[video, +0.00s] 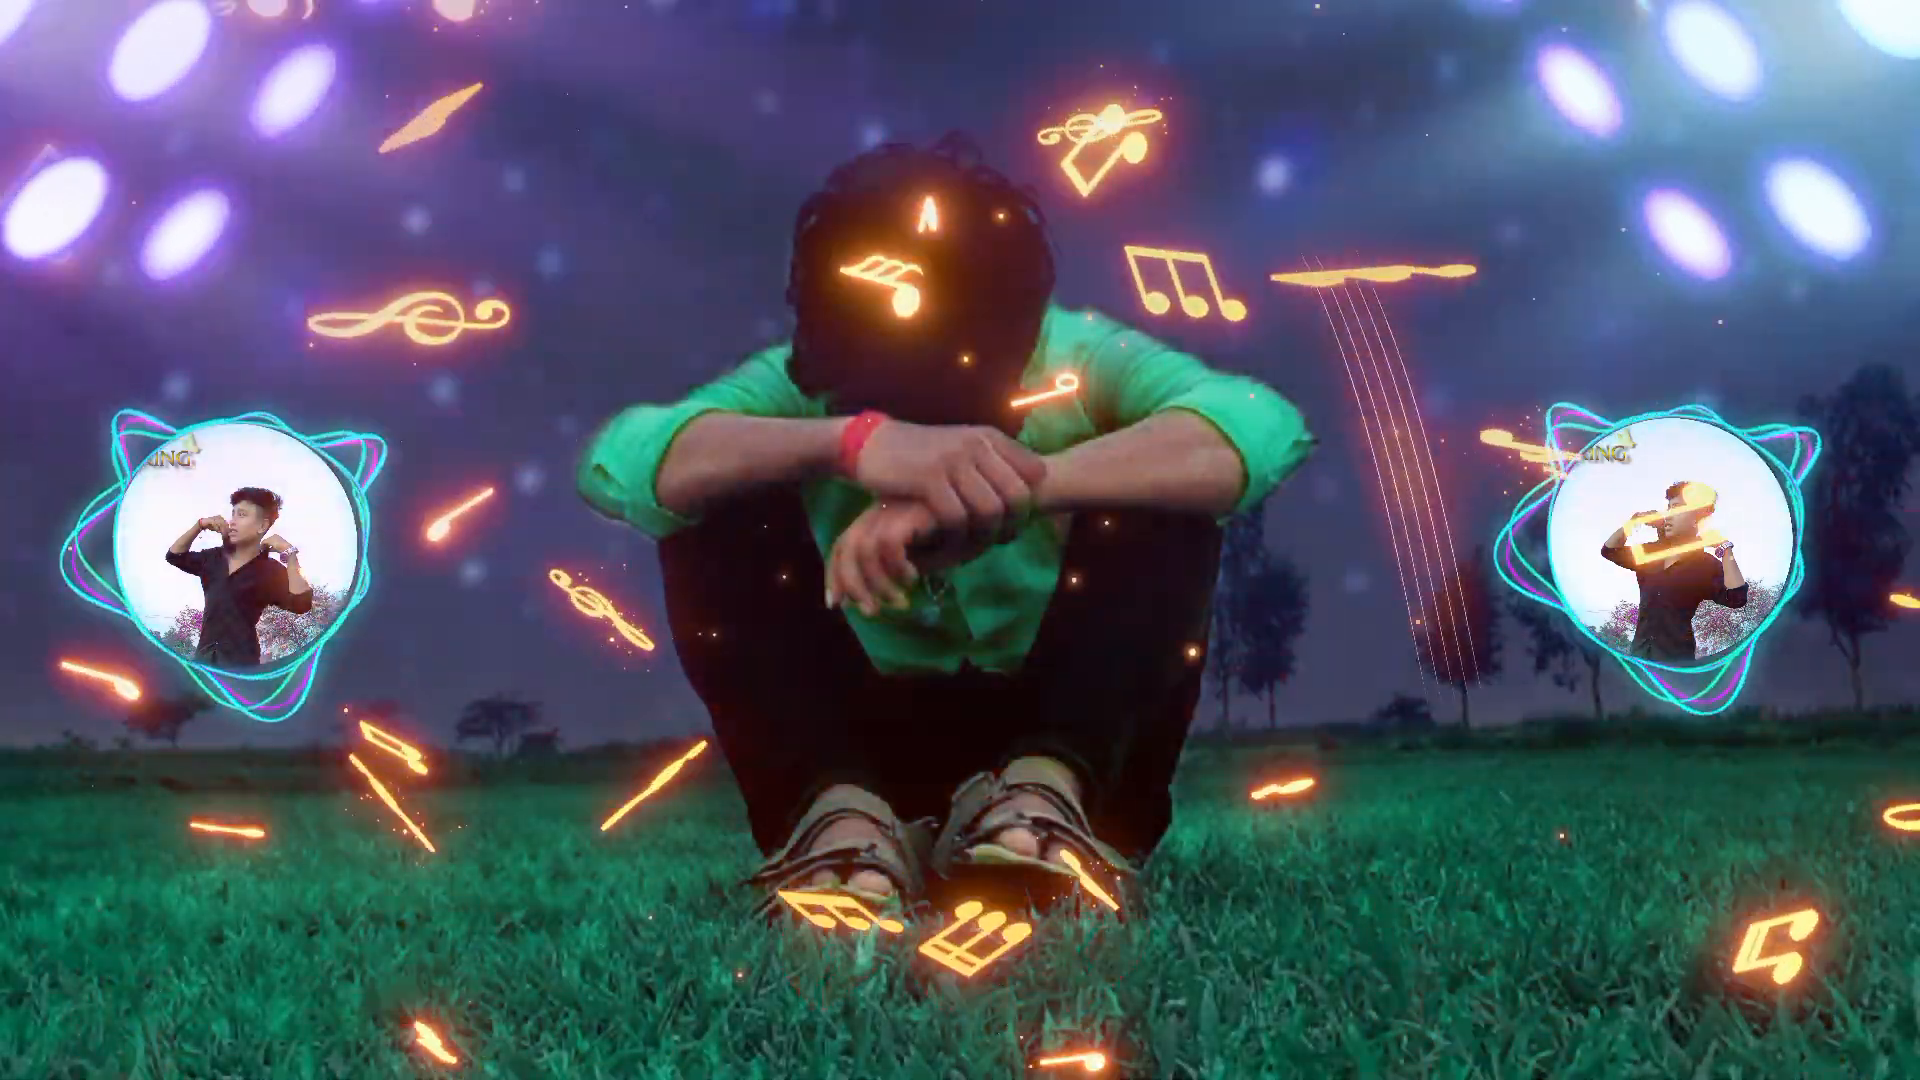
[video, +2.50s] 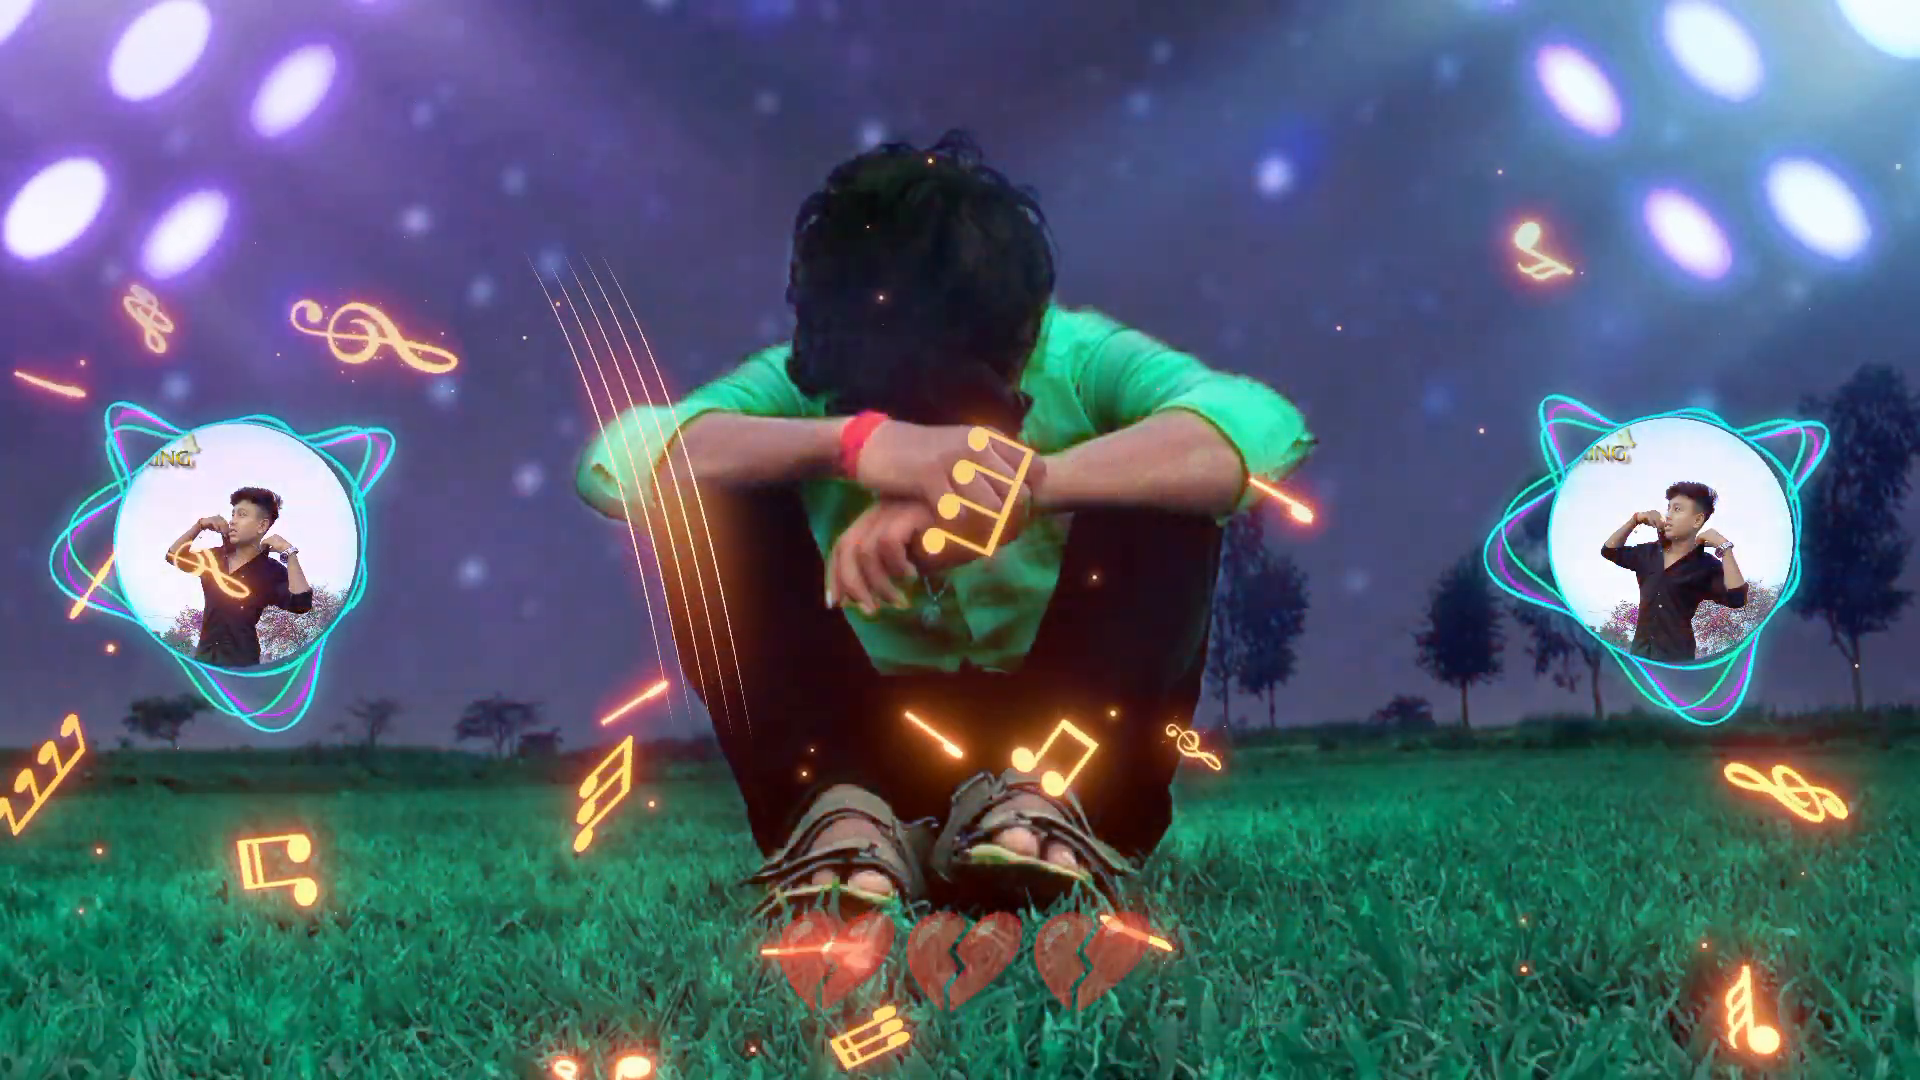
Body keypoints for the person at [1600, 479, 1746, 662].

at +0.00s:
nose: (1667, 514)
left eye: (1676, 507)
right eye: (1668, 507)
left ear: (1698, 513)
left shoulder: (1704, 563)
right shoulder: (1648, 553)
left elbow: (1737, 600)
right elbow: (1609, 551)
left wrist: (1726, 551)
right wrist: (1631, 525)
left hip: (1677, 655)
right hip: (1640, 652)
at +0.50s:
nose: (1667, 515)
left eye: (1677, 509)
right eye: (1668, 509)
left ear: (1698, 519)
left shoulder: (1705, 565)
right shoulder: (1648, 553)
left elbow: (1737, 600)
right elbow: (1609, 551)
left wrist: (1725, 548)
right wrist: (1633, 522)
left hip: (1678, 659)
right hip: (1640, 654)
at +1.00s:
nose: (1668, 515)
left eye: (1678, 509)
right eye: (1669, 508)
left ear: (1699, 520)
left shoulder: (1705, 565)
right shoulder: (1648, 553)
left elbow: (1737, 600)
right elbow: (1609, 551)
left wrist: (1725, 548)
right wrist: (1633, 521)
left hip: (1678, 659)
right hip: (1640, 654)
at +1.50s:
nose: (1667, 515)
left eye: (1677, 509)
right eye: (1668, 508)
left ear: (1698, 519)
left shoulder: (1705, 565)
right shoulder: (1648, 553)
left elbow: (1737, 600)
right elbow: (1609, 551)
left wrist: (1724, 547)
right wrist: (1634, 521)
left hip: (1677, 660)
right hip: (1639, 655)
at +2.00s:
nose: (1667, 515)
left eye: (1677, 509)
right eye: (1669, 508)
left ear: (1698, 520)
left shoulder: (1706, 565)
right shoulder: (1648, 553)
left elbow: (1737, 600)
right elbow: (1610, 551)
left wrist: (1725, 547)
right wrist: (1634, 521)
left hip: (1677, 660)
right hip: (1639, 655)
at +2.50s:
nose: (1668, 516)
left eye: (1677, 509)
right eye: (1669, 509)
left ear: (1698, 519)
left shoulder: (1705, 565)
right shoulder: (1648, 553)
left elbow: (1737, 600)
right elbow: (1609, 551)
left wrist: (1725, 548)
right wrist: (1634, 521)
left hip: (1677, 659)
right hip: (1639, 654)